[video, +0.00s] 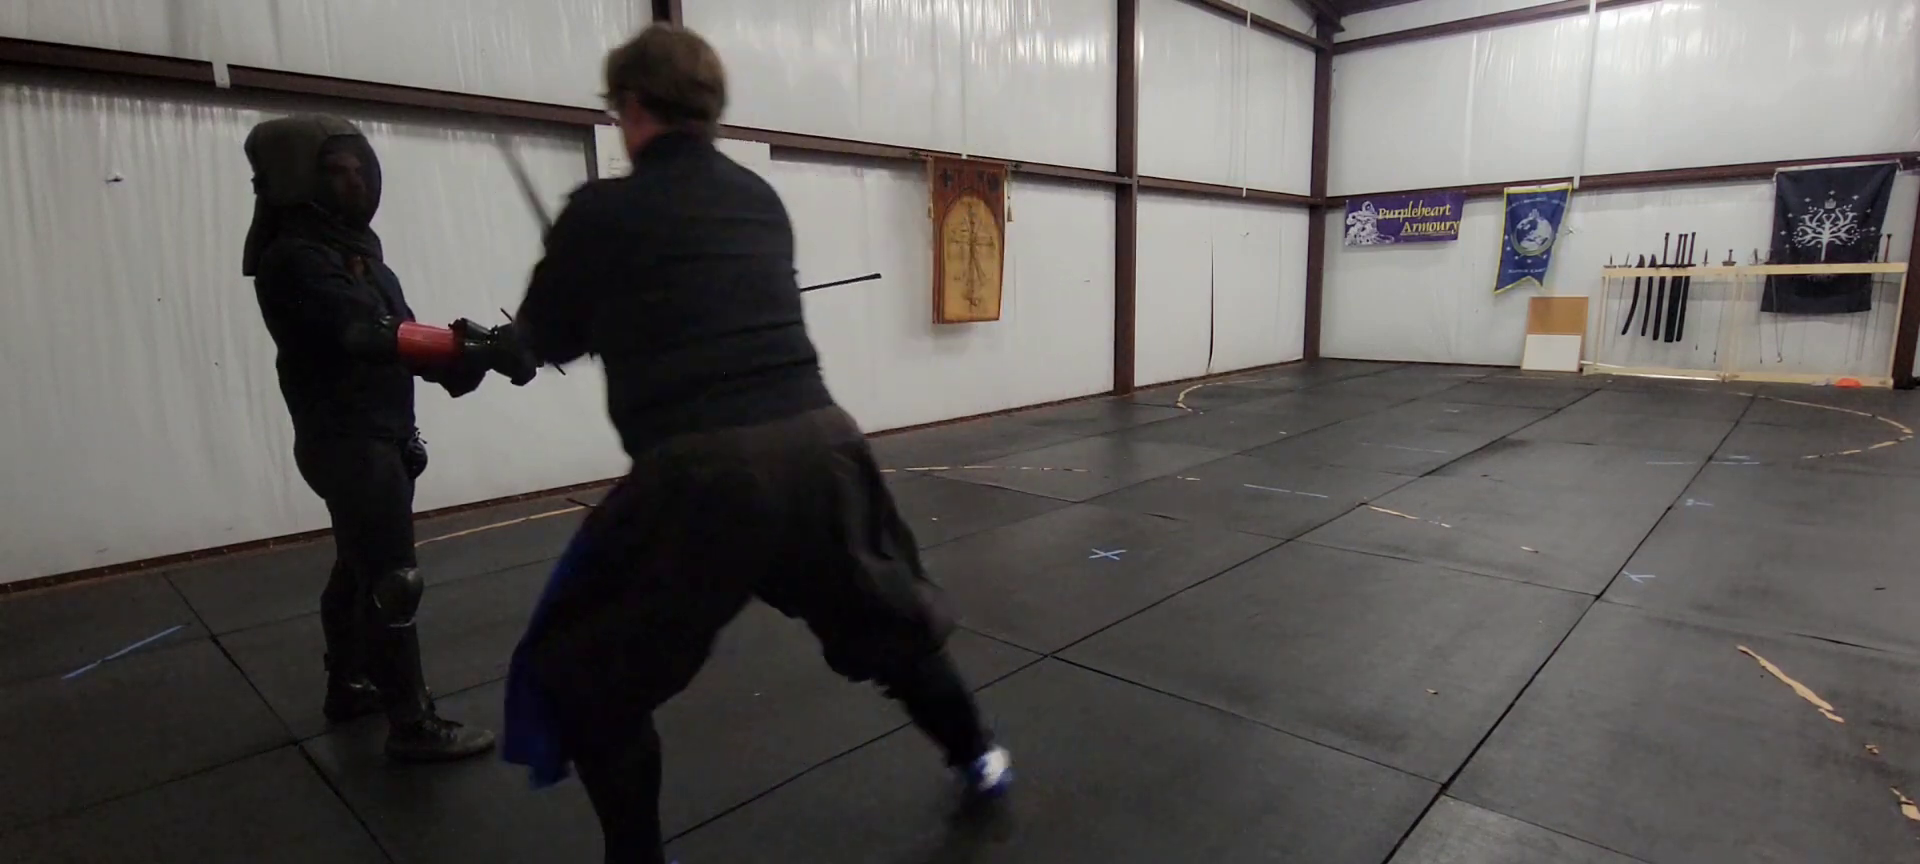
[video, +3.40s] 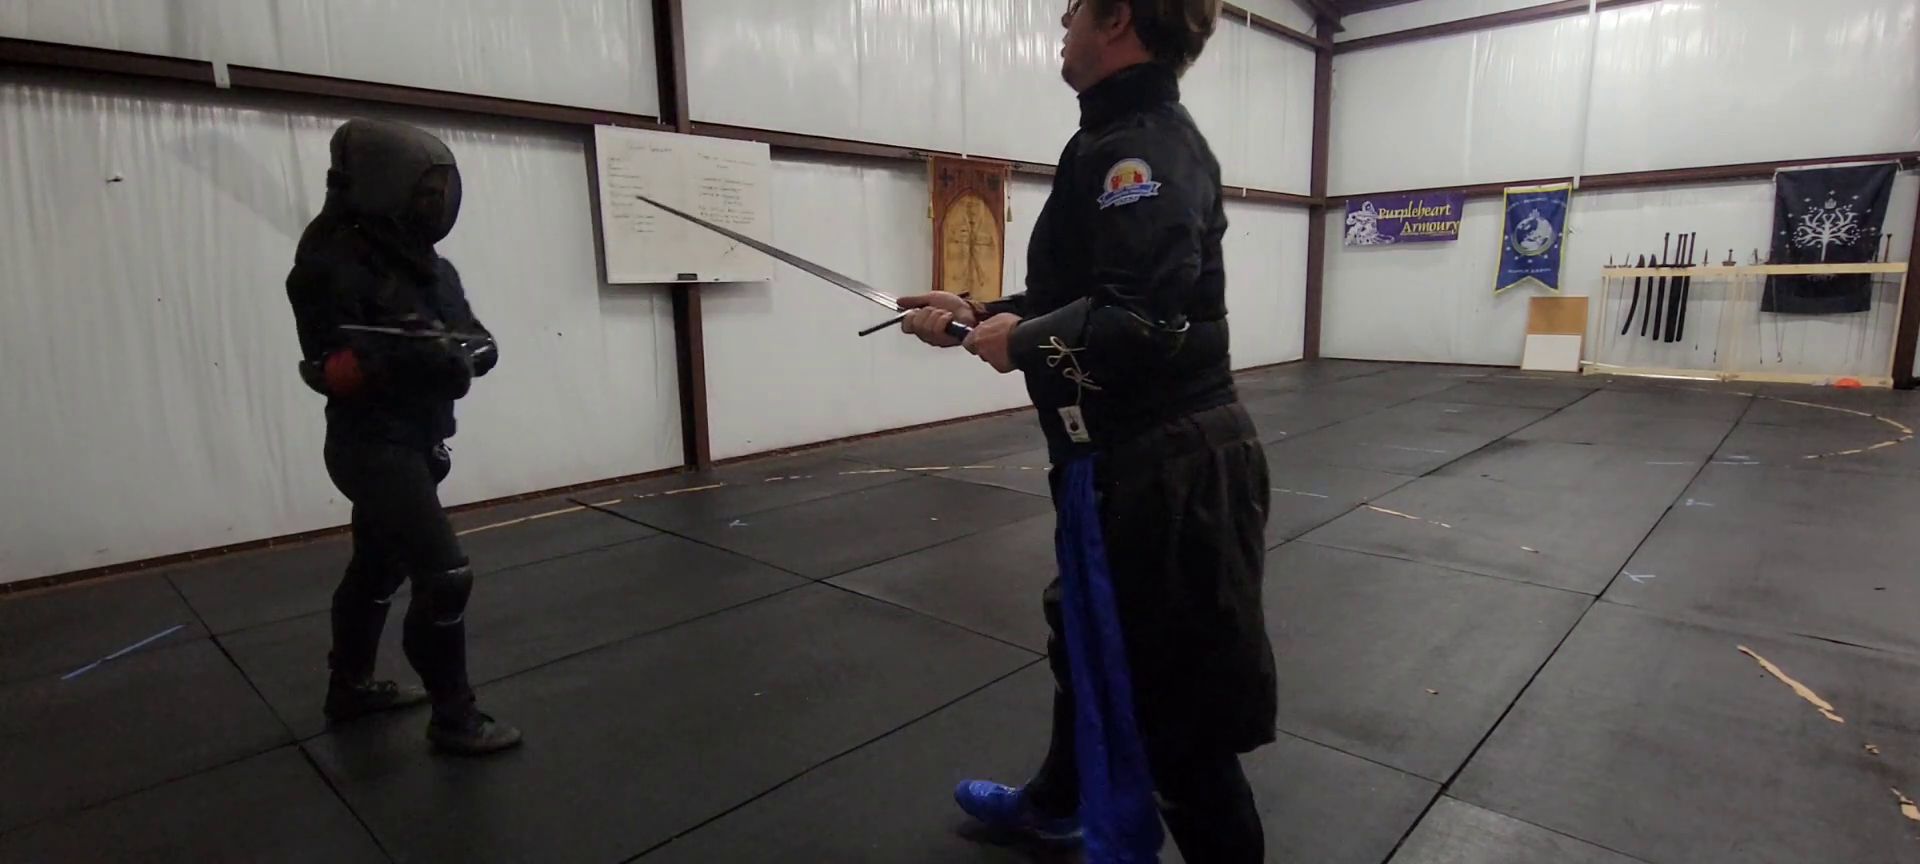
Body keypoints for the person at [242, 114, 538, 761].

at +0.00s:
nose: (356, 183)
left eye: (362, 171)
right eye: (340, 171)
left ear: (371, 179)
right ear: (306, 181)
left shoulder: (355, 246)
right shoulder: (293, 256)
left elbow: (395, 325)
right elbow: (357, 333)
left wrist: (453, 357)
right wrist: (463, 349)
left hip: (381, 436)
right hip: (344, 442)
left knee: (360, 570)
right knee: (393, 582)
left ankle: (349, 689)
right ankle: (410, 723)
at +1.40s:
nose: (432, 196)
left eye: (433, 183)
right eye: (422, 183)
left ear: (358, 189)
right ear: (389, 188)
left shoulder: (341, 256)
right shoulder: (374, 261)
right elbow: (423, 363)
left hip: (357, 443)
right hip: (382, 447)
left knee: (378, 568)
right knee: (447, 578)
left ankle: (350, 688)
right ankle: (441, 721)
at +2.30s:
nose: (439, 192)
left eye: (437, 180)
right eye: (431, 180)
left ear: (348, 187)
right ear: (407, 189)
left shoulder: (306, 268)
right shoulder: (406, 268)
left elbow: (383, 342)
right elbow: (461, 344)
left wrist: (471, 330)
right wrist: (507, 336)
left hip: (339, 448)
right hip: (398, 451)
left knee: (360, 570)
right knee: (459, 577)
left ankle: (349, 691)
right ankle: (444, 723)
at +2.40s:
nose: (446, 195)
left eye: (444, 182)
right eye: (439, 183)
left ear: (358, 186)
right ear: (419, 191)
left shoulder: (314, 261)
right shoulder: (414, 267)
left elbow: (288, 345)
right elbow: (461, 352)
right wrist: (481, 328)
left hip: (340, 445)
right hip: (398, 449)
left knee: (360, 568)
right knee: (460, 577)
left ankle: (348, 690)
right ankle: (444, 722)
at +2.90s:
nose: (432, 193)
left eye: (430, 180)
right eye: (425, 181)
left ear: (342, 186)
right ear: (402, 190)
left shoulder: (303, 266)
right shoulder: (399, 270)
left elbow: (338, 354)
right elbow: (456, 349)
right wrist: (506, 340)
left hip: (333, 447)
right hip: (392, 450)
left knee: (357, 568)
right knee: (451, 575)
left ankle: (348, 687)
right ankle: (442, 719)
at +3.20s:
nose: (425, 198)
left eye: (424, 185)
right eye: (417, 184)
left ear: (350, 185)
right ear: (391, 190)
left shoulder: (357, 258)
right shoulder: (357, 266)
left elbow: (403, 353)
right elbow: (401, 358)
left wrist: (486, 354)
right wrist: (503, 347)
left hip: (370, 448)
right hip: (375, 452)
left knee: (369, 572)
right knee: (440, 577)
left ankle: (350, 689)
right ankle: (441, 722)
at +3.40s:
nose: (436, 202)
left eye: (441, 188)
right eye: (422, 187)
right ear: (377, 186)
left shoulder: (426, 263)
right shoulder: (329, 259)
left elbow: (478, 338)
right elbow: (328, 363)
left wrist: (465, 355)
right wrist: (409, 355)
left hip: (419, 445)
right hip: (369, 448)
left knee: (373, 573)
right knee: (443, 574)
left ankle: (349, 686)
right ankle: (454, 716)